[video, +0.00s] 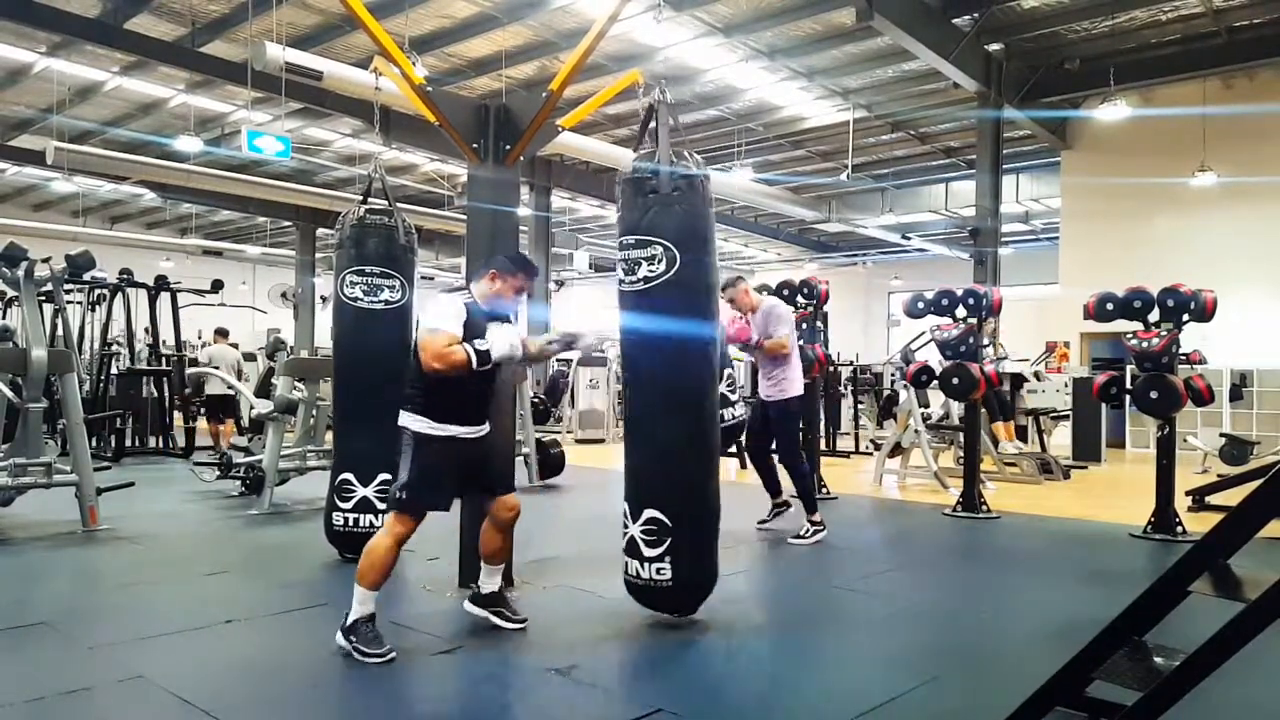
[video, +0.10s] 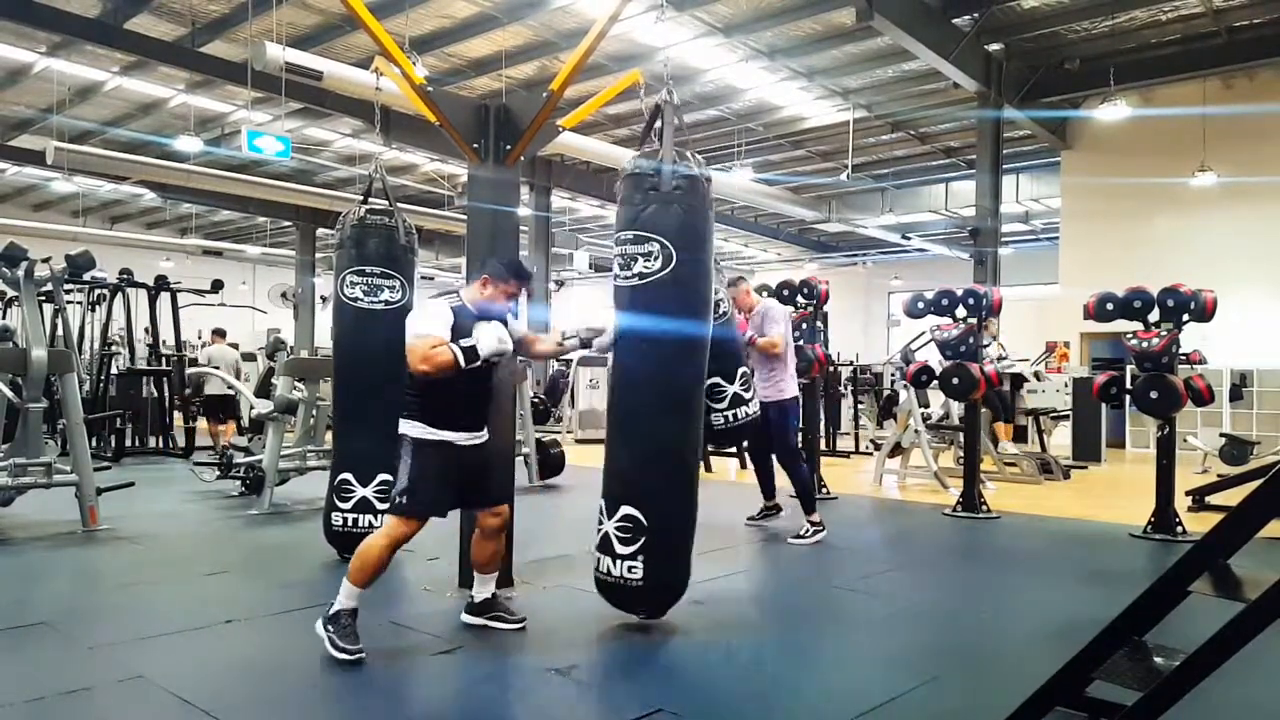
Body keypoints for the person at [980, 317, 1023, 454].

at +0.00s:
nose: (992, 328)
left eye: (993, 324)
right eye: (989, 324)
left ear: (994, 326)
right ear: (983, 326)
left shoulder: (989, 341)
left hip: (989, 382)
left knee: (1005, 403)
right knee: (993, 407)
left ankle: (1012, 440)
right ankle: (1003, 442)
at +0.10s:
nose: (996, 328)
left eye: (996, 325)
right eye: (993, 324)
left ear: (995, 326)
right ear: (985, 326)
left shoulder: (996, 343)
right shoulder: (978, 342)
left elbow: (1005, 359)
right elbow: (977, 362)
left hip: (996, 383)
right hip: (982, 384)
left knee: (1008, 404)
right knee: (997, 406)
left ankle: (1008, 442)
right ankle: (1002, 442)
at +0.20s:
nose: (999, 332)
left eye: (1000, 329)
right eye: (997, 330)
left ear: (998, 331)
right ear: (991, 331)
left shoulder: (998, 346)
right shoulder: (983, 347)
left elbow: (1004, 362)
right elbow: (985, 368)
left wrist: (1009, 368)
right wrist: (1001, 370)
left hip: (996, 386)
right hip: (982, 387)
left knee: (1007, 409)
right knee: (1000, 408)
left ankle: (1007, 441)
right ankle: (1002, 441)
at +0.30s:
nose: (1004, 339)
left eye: (1003, 337)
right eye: (1001, 337)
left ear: (1002, 339)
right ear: (994, 338)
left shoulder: (1004, 354)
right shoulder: (986, 353)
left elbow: (1008, 377)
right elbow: (983, 371)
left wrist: (1012, 374)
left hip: (1002, 390)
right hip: (988, 391)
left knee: (1006, 413)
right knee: (1005, 408)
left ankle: (1005, 441)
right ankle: (1004, 441)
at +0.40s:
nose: (1007, 348)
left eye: (1007, 345)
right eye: (1004, 345)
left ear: (1007, 348)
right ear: (997, 347)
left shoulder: (1009, 364)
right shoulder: (988, 362)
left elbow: (1011, 389)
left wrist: (1016, 385)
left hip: (1002, 399)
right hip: (986, 398)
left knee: (998, 432)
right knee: (1011, 410)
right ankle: (1005, 441)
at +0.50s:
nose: (1010, 349)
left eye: (1010, 346)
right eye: (1007, 346)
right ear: (1000, 348)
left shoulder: (1009, 364)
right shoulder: (990, 363)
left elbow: (1009, 389)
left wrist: (1016, 392)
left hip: (1004, 400)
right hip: (988, 399)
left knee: (1001, 432)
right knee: (1014, 412)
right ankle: (1009, 443)